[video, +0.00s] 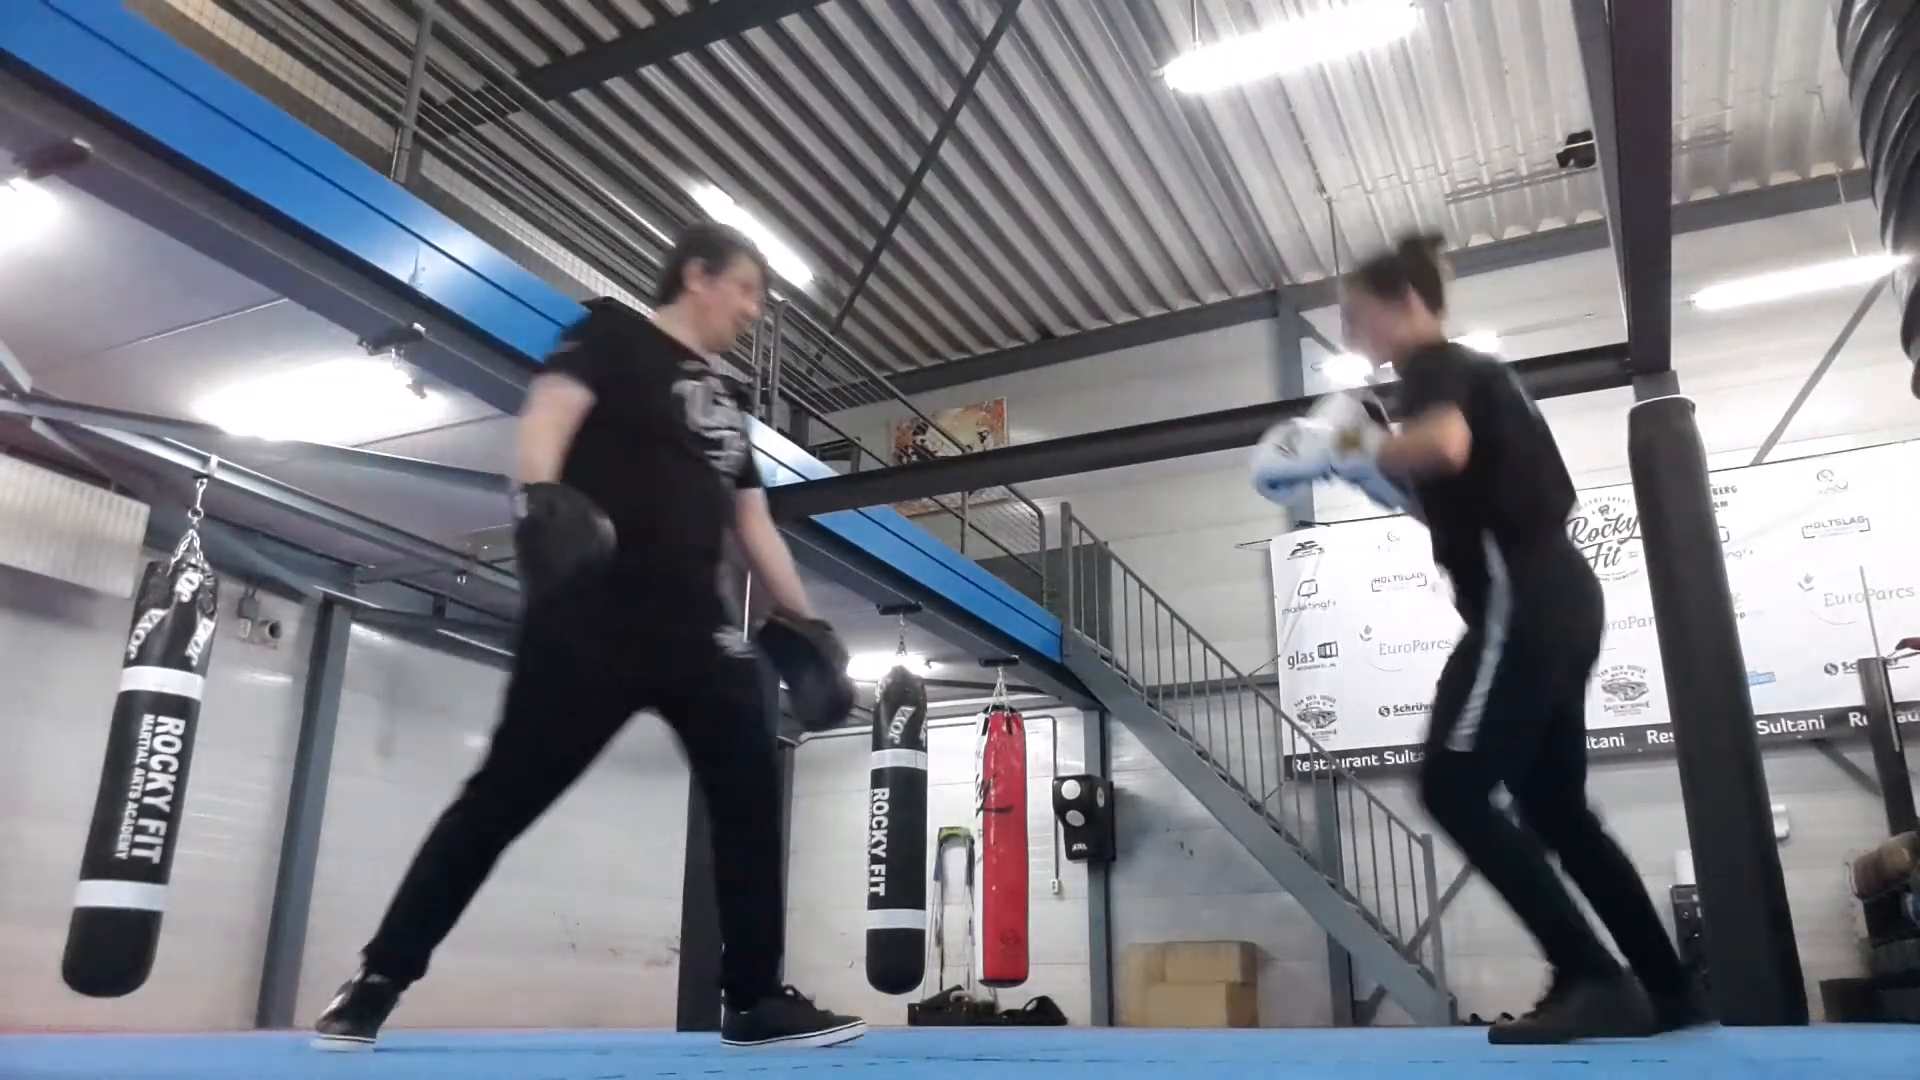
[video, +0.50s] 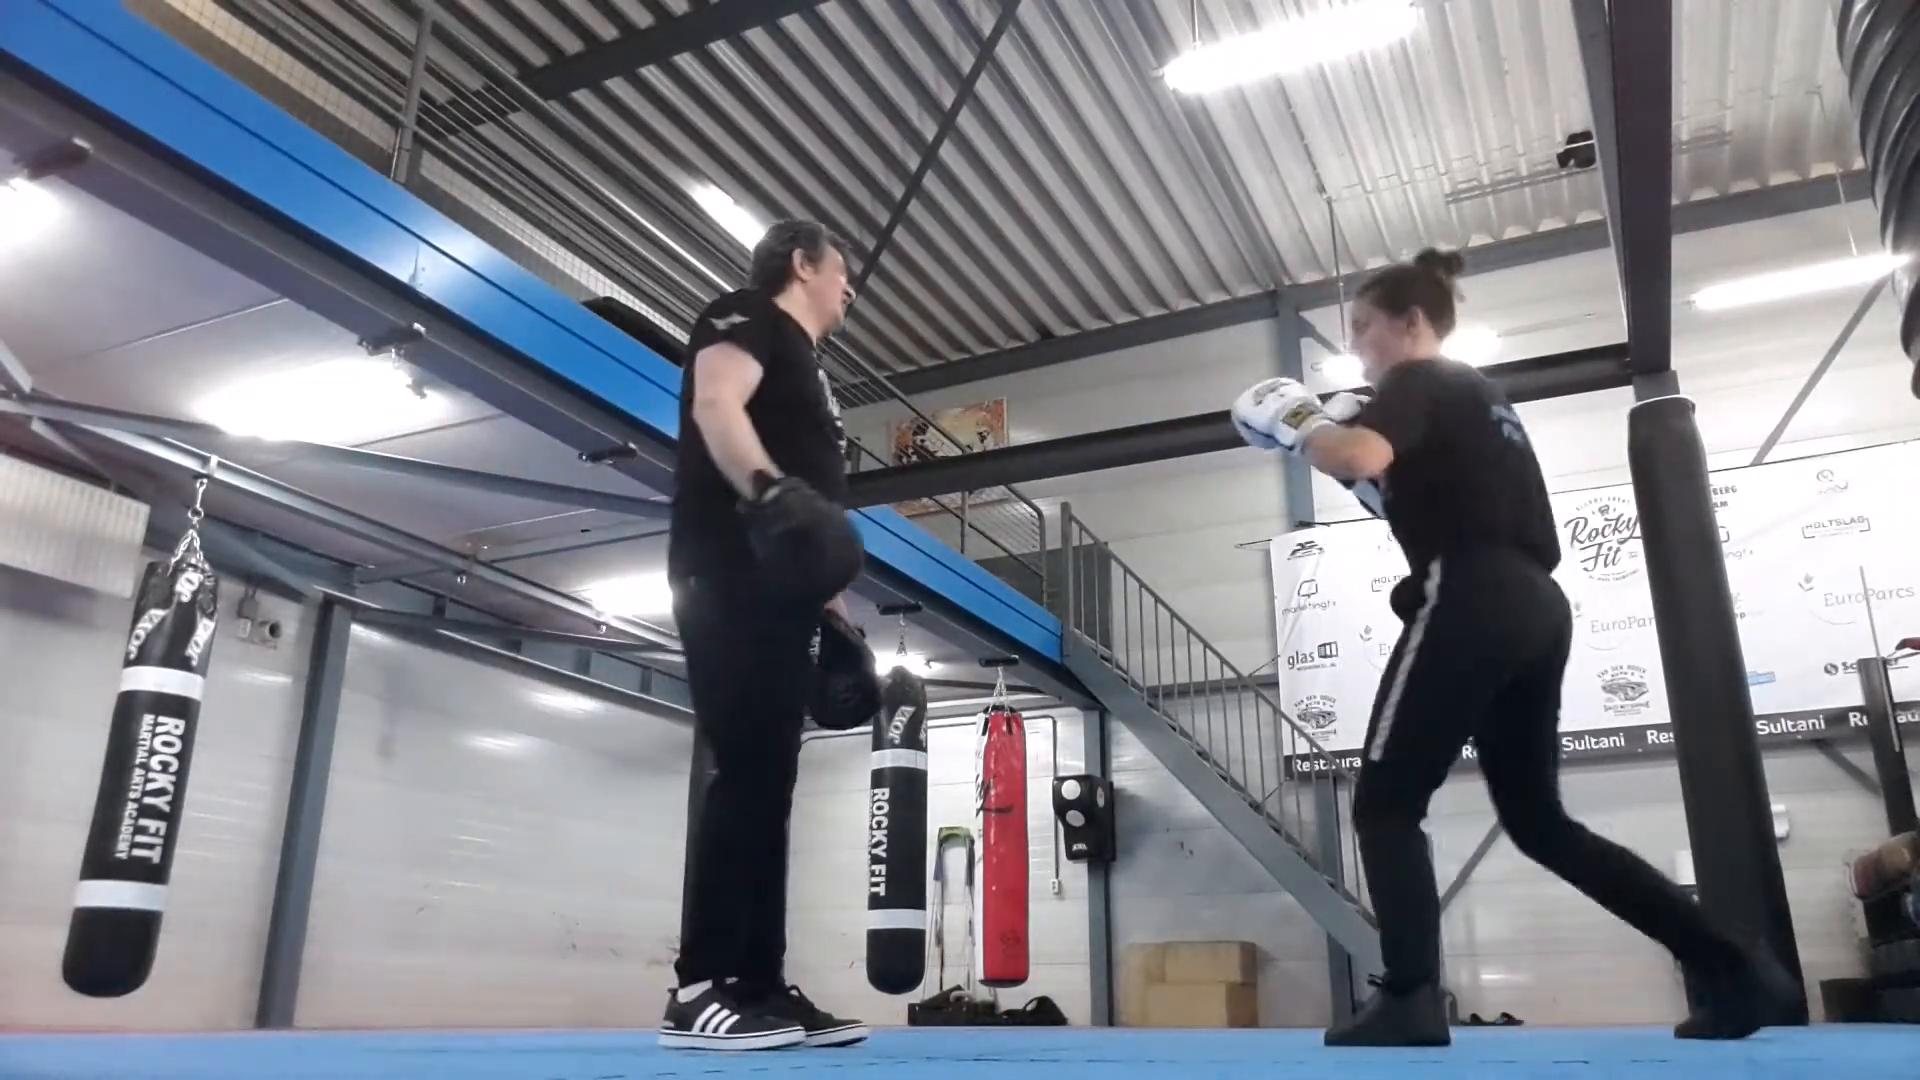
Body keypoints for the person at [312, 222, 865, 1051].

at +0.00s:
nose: (757, 309)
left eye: (762, 296)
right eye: (749, 288)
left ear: (717, 288)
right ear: (698, 277)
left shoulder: (722, 396)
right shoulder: (618, 331)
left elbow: (753, 518)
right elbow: (549, 411)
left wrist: (798, 618)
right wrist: (542, 500)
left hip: (695, 629)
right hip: (596, 614)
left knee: (748, 794)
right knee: (504, 796)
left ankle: (757, 999)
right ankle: (379, 982)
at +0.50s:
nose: (850, 291)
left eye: (851, 280)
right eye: (843, 274)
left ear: (802, 272)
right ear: (802, 265)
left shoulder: (792, 355)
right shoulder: (755, 317)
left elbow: (793, 503)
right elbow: (713, 402)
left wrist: (830, 611)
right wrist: (772, 494)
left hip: (767, 588)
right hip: (733, 578)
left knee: (759, 780)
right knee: (749, 778)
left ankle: (752, 989)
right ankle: (716, 992)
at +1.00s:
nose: (860, 248)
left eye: (859, 236)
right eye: (845, 231)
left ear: (824, 249)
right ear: (793, 238)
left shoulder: (825, 354)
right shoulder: (753, 299)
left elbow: (837, 503)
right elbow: (709, 401)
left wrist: (880, 597)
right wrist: (729, 479)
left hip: (820, 589)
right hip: (763, 571)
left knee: (792, 789)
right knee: (741, 772)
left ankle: (763, 987)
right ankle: (701, 993)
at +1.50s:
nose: (882, 246)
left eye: (882, 230)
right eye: (876, 228)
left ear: (832, 230)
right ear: (841, 226)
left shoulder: (828, 338)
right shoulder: (770, 293)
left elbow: (818, 475)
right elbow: (689, 368)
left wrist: (852, 592)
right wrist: (608, 443)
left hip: (820, 586)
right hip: (759, 571)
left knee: (840, 762)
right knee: (736, 763)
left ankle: (793, 982)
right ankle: (701, 992)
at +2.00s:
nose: (877, 268)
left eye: (868, 257)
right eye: (875, 254)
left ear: (786, 268)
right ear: (864, 255)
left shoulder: (761, 354)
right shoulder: (863, 315)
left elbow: (806, 458)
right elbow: (977, 421)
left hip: (801, 587)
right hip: (836, 585)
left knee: (847, 787)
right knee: (774, 775)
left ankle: (853, 998)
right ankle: (705, 996)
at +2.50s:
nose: (932, 281)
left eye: (924, 269)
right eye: (923, 267)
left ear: (843, 288)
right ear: (911, 271)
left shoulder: (808, 378)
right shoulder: (912, 311)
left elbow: (794, 516)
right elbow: (1006, 248)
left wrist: (782, 612)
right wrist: (965, 183)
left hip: (842, 579)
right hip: (896, 573)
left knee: (858, 788)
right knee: (829, 775)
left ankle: (853, 995)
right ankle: (723, 970)